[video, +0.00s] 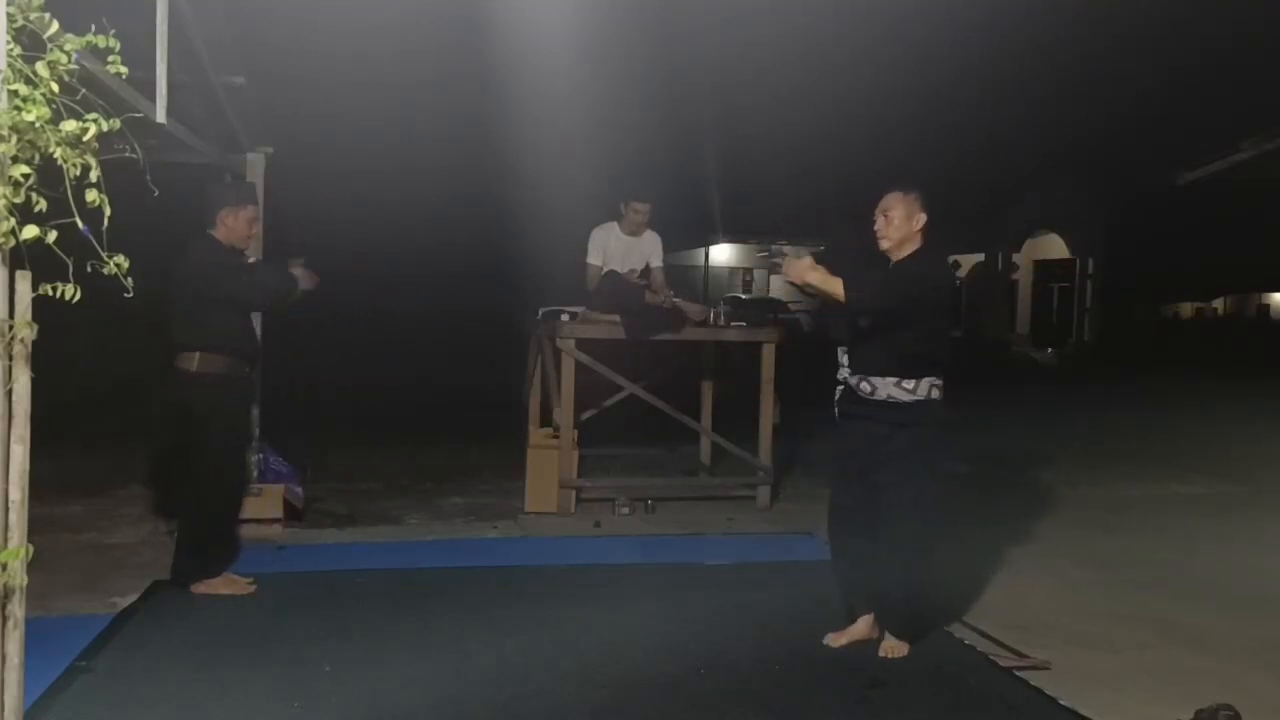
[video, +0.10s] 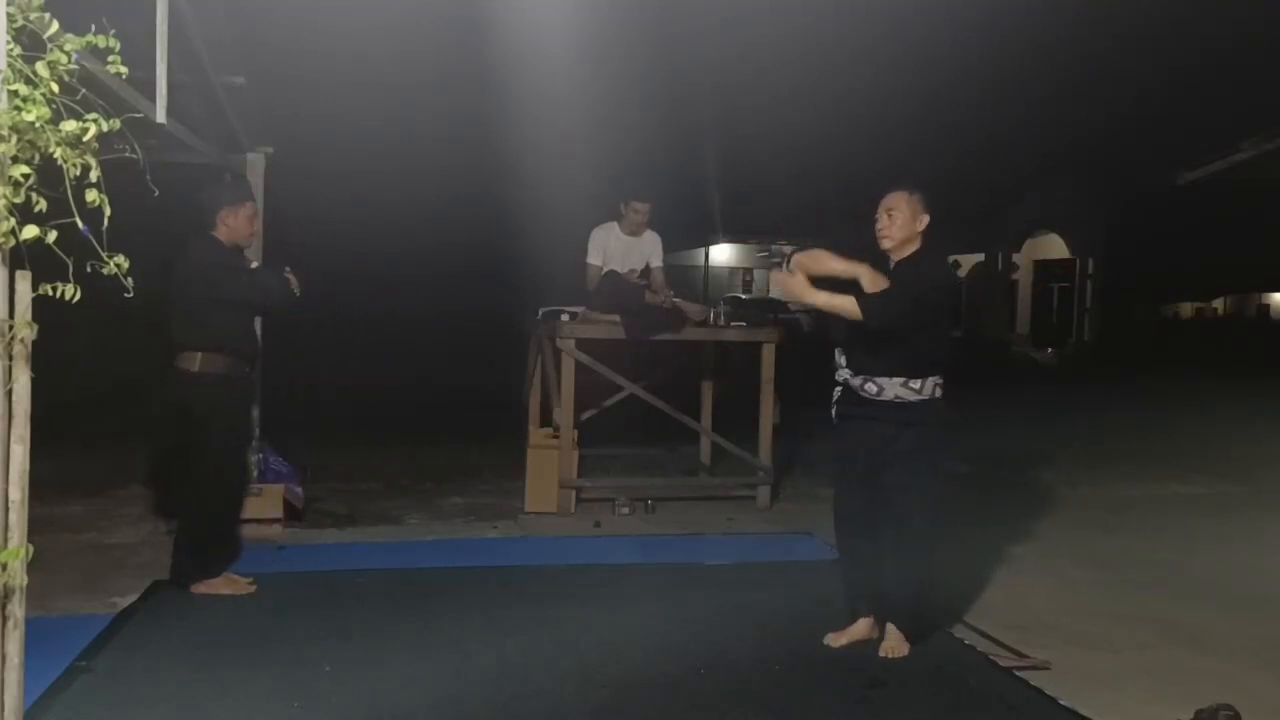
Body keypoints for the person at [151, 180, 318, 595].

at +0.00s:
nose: (254, 228)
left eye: (255, 220)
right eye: (249, 219)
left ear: (229, 221)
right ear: (225, 218)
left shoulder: (211, 257)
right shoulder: (209, 260)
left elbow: (245, 284)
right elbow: (254, 290)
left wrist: (281, 273)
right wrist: (291, 279)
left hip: (215, 380)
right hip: (211, 383)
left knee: (217, 471)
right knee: (216, 473)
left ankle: (206, 566)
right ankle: (203, 572)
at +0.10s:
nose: (255, 222)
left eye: (254, 213)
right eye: (248, 214)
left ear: (225, 219)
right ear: (224, 217)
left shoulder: (216, 257)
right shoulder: (209, 260)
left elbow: (250, 288)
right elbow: (265, 293)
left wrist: (274, 277)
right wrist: (286, 280)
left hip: (218, 383)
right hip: (209, 385)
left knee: (218, 475)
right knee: (216, 476)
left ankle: (208, 567)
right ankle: (201, 572)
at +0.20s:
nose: (255, 221)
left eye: (253, 212)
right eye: (247, 213)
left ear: (225, 219)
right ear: (222, 218)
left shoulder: (217, 258)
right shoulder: (209, 261)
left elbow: (251, 289)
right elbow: (265, 295)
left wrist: (279, 283)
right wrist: (289, 285)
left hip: (217, 382)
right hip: (209, 384)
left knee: (219, 475)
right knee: (215, 476)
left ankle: (209, 567)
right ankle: (201, 573)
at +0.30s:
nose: (252, 218)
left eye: (250, 210)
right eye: (245, 211)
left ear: (222, 217)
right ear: (221, 216)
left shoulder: (214, 258)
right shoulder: (208, 260)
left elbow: (241, 307)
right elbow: (253, 293)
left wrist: (288, 310)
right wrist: (277, 282)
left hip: (217, 379)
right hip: (209, 381)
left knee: (219, 471)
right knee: (215, 473)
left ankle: (209, 567)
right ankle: (203, 573)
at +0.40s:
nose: (251, 217)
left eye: (248, 209)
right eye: (244, 209)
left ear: (222, 215)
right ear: (221, 214)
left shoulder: (219, 258)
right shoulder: (207, 259)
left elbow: (247, 319)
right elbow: (270, 295)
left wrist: (302, 325)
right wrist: (268, 253)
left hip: (220, 378)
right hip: (208, 380)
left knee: (220, 472)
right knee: (214, 473)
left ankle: (208, 567)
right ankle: (202, 573)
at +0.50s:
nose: (251, 217)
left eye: (249, 209)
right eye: (244, 209)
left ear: (221, 215)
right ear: (221, 214)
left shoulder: (214, 257)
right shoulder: (209, 258)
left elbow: (250, 320)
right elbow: (264, 308)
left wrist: (303, 323)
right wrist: (277, 262)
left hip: (216, 377)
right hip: (209, 380)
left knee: (217, 473)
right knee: (215, 474)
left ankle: (205, 567)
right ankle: (203, 573)